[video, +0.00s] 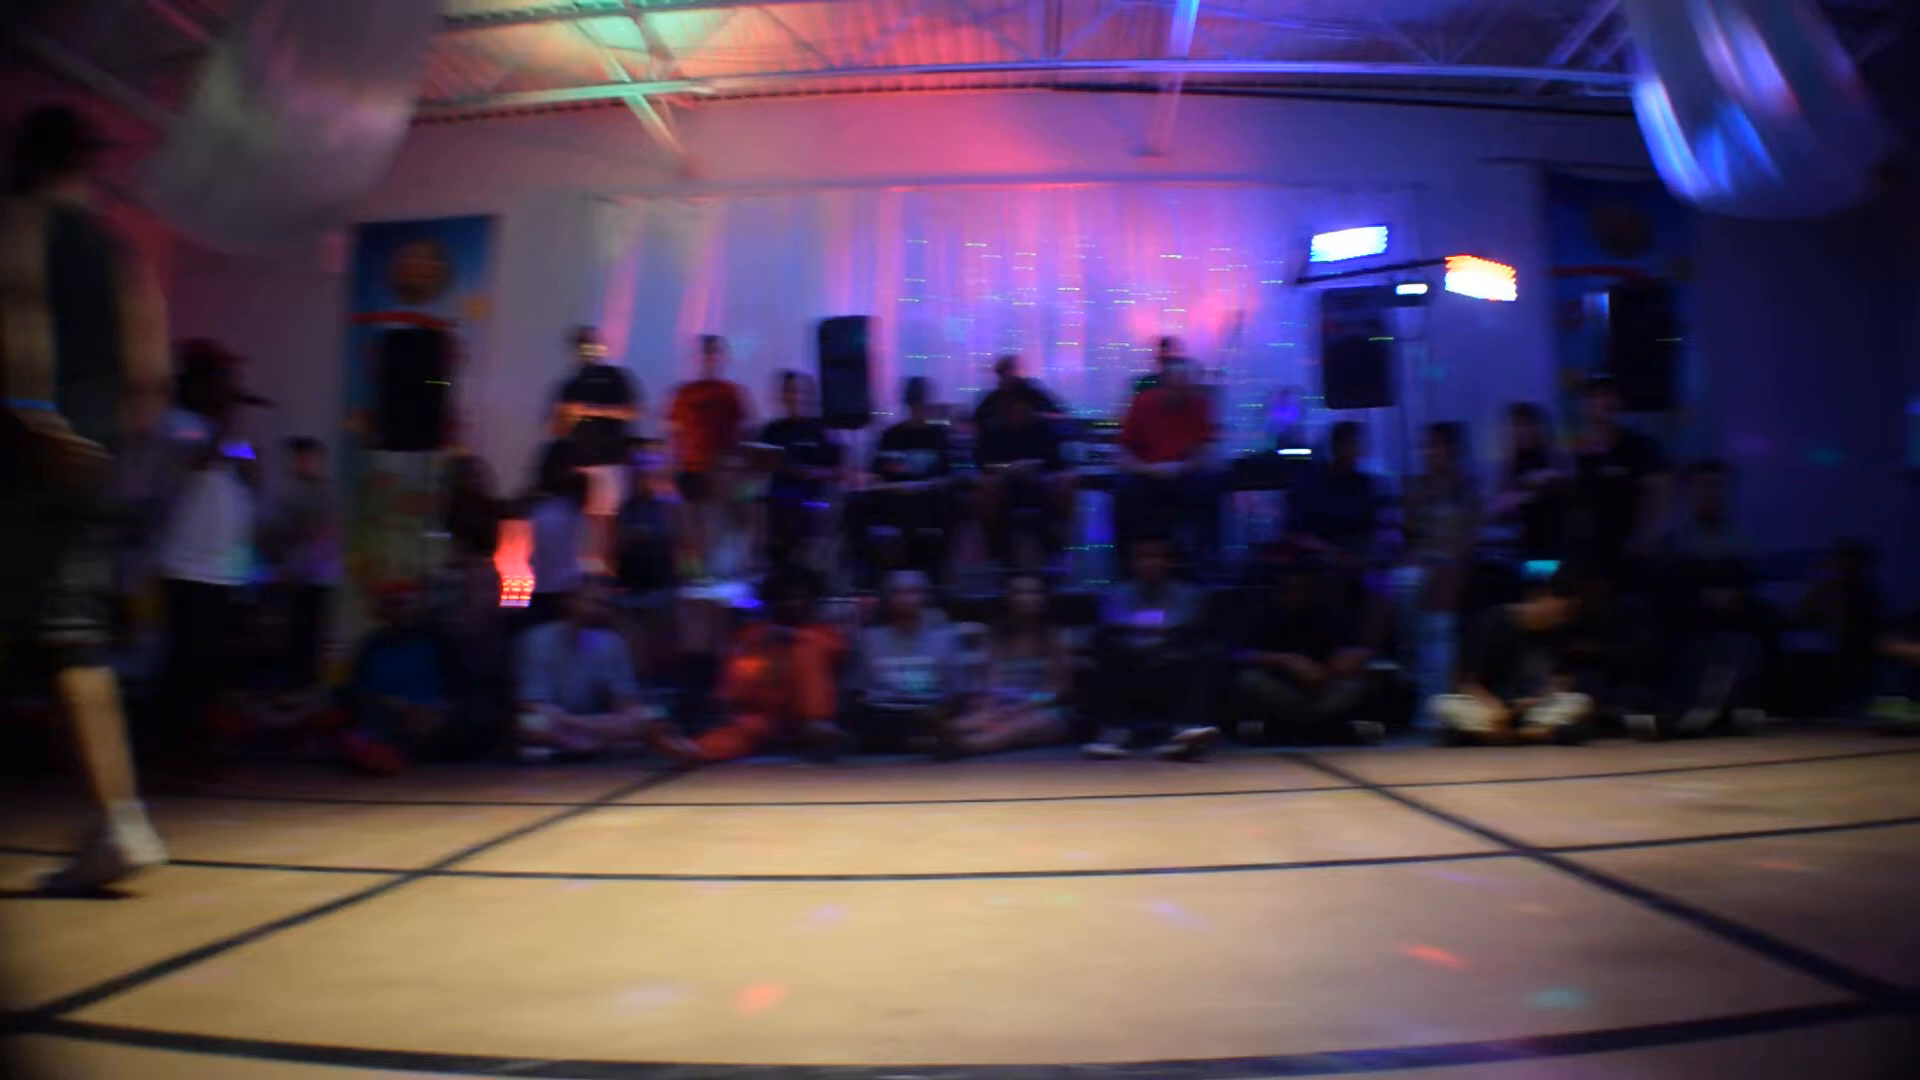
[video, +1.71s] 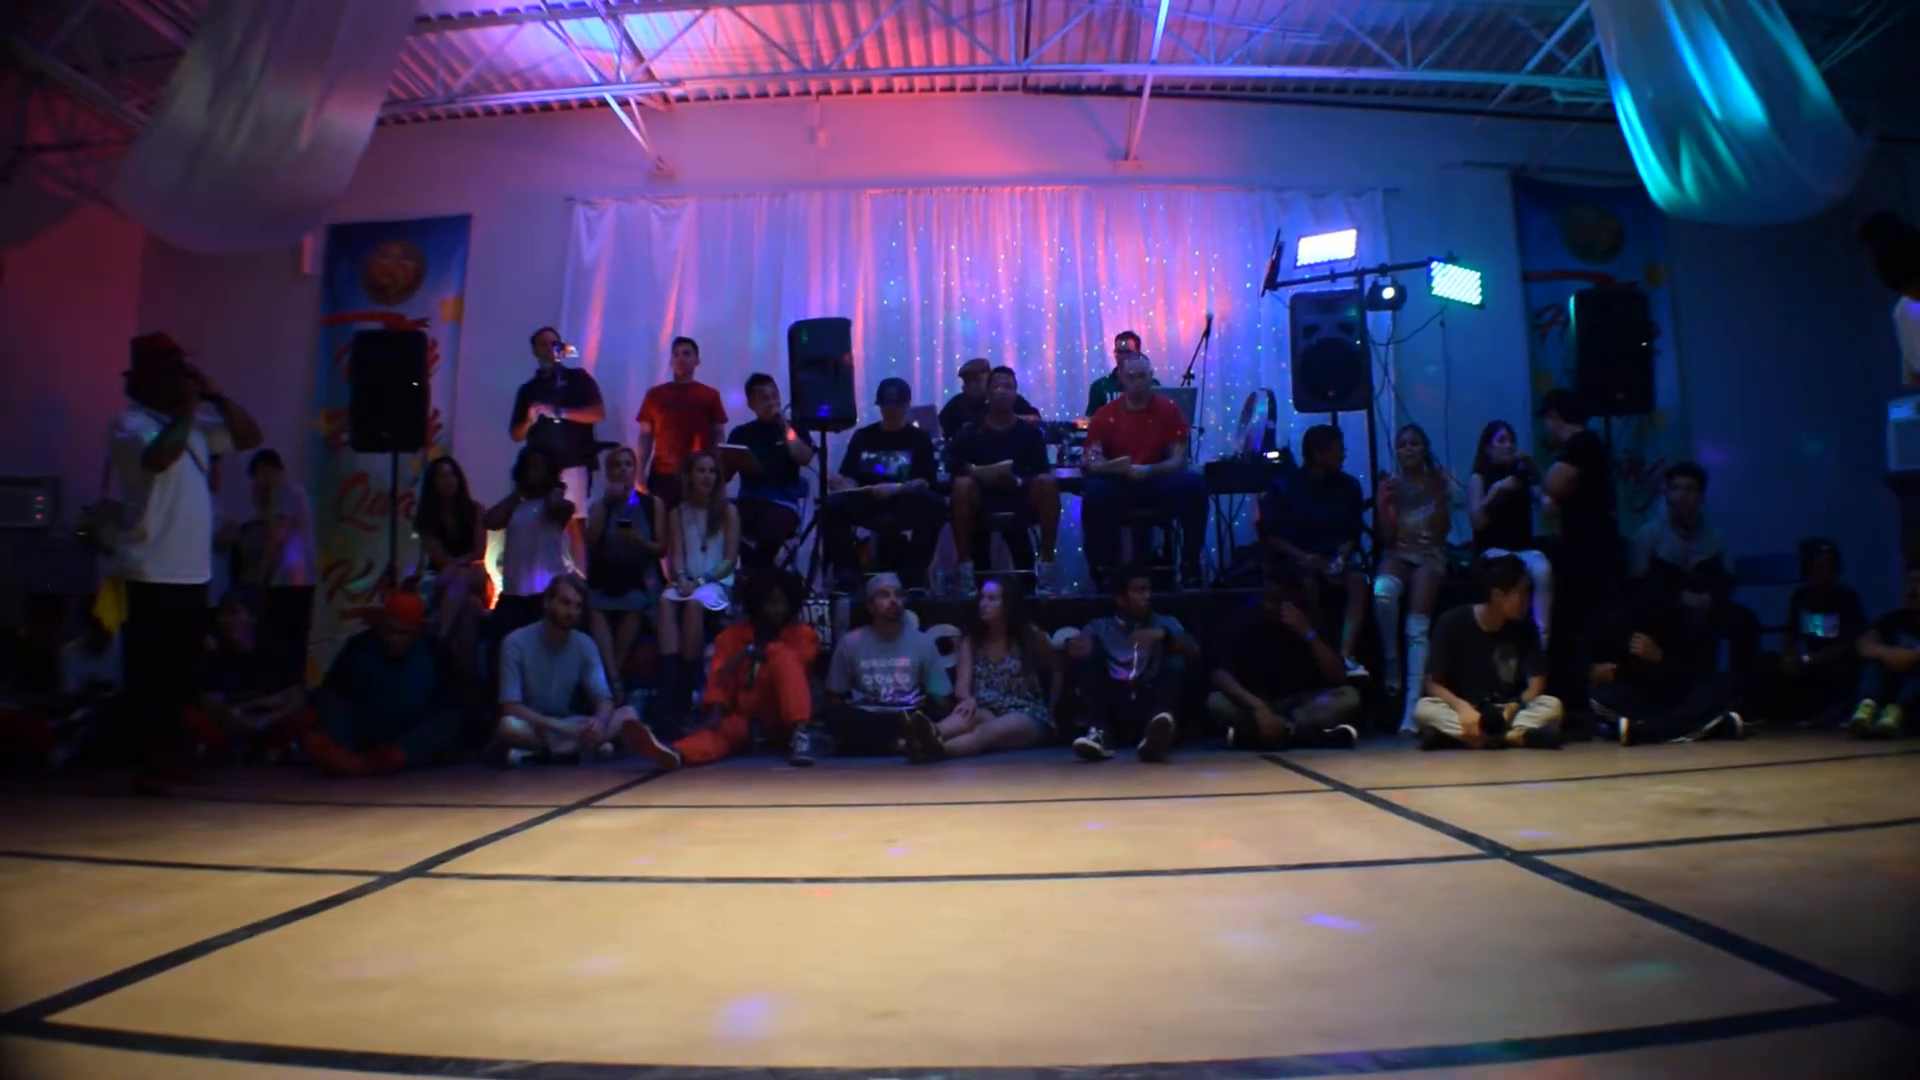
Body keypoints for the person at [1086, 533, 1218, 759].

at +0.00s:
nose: (1149, 565)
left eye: (1156, 558)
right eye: (1143, 558)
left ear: (1167, 562)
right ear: (1134, 563)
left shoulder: (1185, 596)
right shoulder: (1120, 596)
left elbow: (1187, 627)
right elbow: (1110, 627)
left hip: (1172, 666)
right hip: (1129, 664)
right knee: (1110, 663)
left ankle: (1187, 727)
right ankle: (1114, 730)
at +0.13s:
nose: (1100, 571)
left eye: (1107, 564)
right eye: (1095, 564)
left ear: (1116, 568)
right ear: (1087, 568)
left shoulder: (1137, 598)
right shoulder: (1071, 600)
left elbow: (1137, 633)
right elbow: (1067, 634)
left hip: (1126, 668)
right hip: (1082, 668)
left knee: (1159, 658)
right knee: (1058, 659)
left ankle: (1144, 727)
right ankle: (1072, 730)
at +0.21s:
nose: (1089, 587)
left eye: (1096, 580)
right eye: (1084, 580)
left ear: (1107, 583)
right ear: (1076, 585)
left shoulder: (1133, 610)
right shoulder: (1064, 611)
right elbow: (1059, 649)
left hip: (1121, 685)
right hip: (1078, 686)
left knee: (1152, 663)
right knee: (1046, 653)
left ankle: (1136, 731)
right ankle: (1069, 732)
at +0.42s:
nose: (1086, 615)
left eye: (1093, 609)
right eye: (1081, 609)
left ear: (1105, 609)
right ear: (1075, 610)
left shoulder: (1133, 627)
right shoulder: (1063, 628)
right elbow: (1063, 670)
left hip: (1123, 705)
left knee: (1155, 674)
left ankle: (1139, 735)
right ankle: (1069, 733)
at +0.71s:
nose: (1099, 614)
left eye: (1106, 607)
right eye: (1094, 607)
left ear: (1118, 608)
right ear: (1088, 608)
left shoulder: (1143, 633)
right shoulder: (1071, 631)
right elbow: (1064, 673)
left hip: (1128, 711)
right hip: (1084, 711)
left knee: (1158, 679)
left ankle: (1142, 737)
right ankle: (1067, 734)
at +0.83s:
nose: (1131, 607)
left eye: (1138, 600)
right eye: (1125, 600)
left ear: (1148, 603)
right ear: (1118, 603)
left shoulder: (1171, 631)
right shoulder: (1101, 626)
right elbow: (1088, 663)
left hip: (1151, 702)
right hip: (1106, 700)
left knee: (1182, 677)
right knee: (1074, 673)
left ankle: (1163, 737)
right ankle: (1091, 733)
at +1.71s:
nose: (1147, 596)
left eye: (1147, 590)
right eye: (1139, 591)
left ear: (1150, 593)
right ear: (1121, 598)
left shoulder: (1165, 624)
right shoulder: (1101, 627)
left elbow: (1192, 653)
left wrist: (1163, 636)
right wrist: (1076, 647)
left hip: (1150, 696)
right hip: (1111, 695)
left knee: (1174, 666)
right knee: (1090, 665)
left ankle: (1156, 738)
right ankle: (1096, 733)